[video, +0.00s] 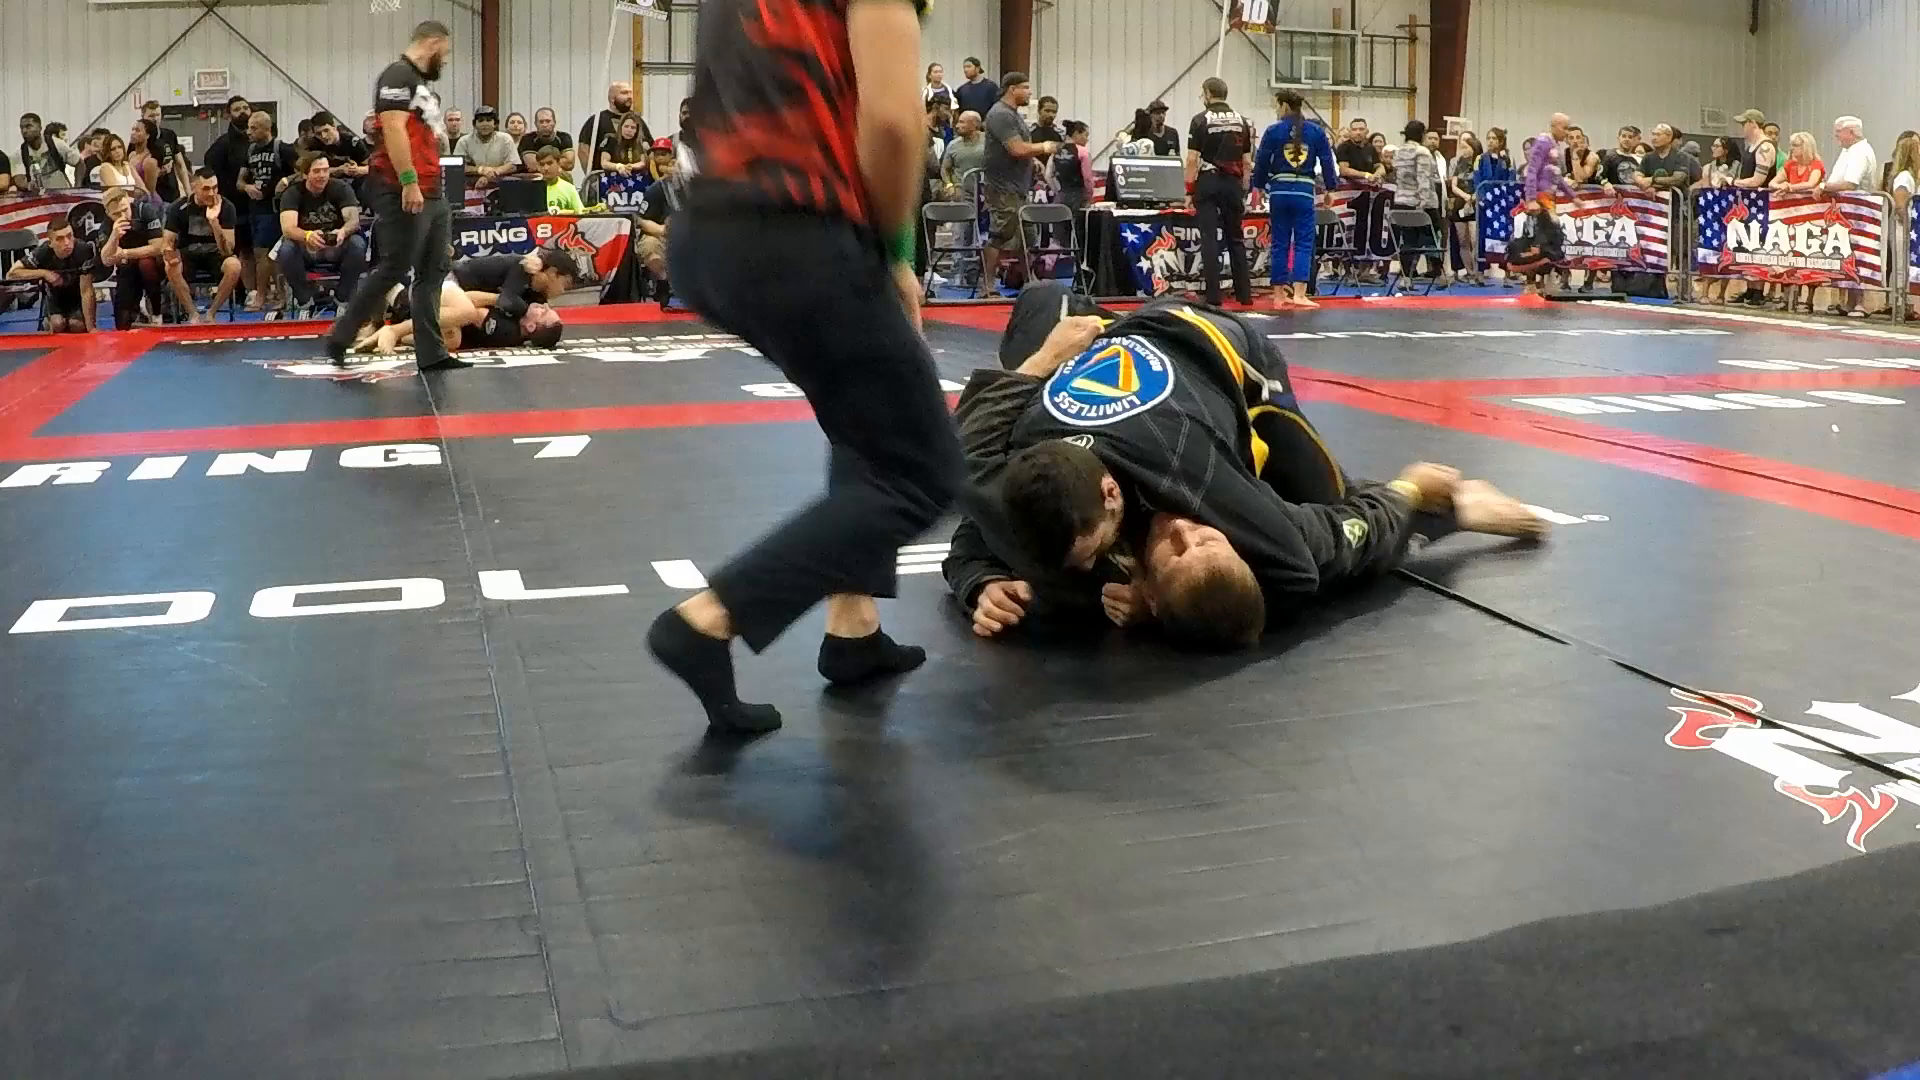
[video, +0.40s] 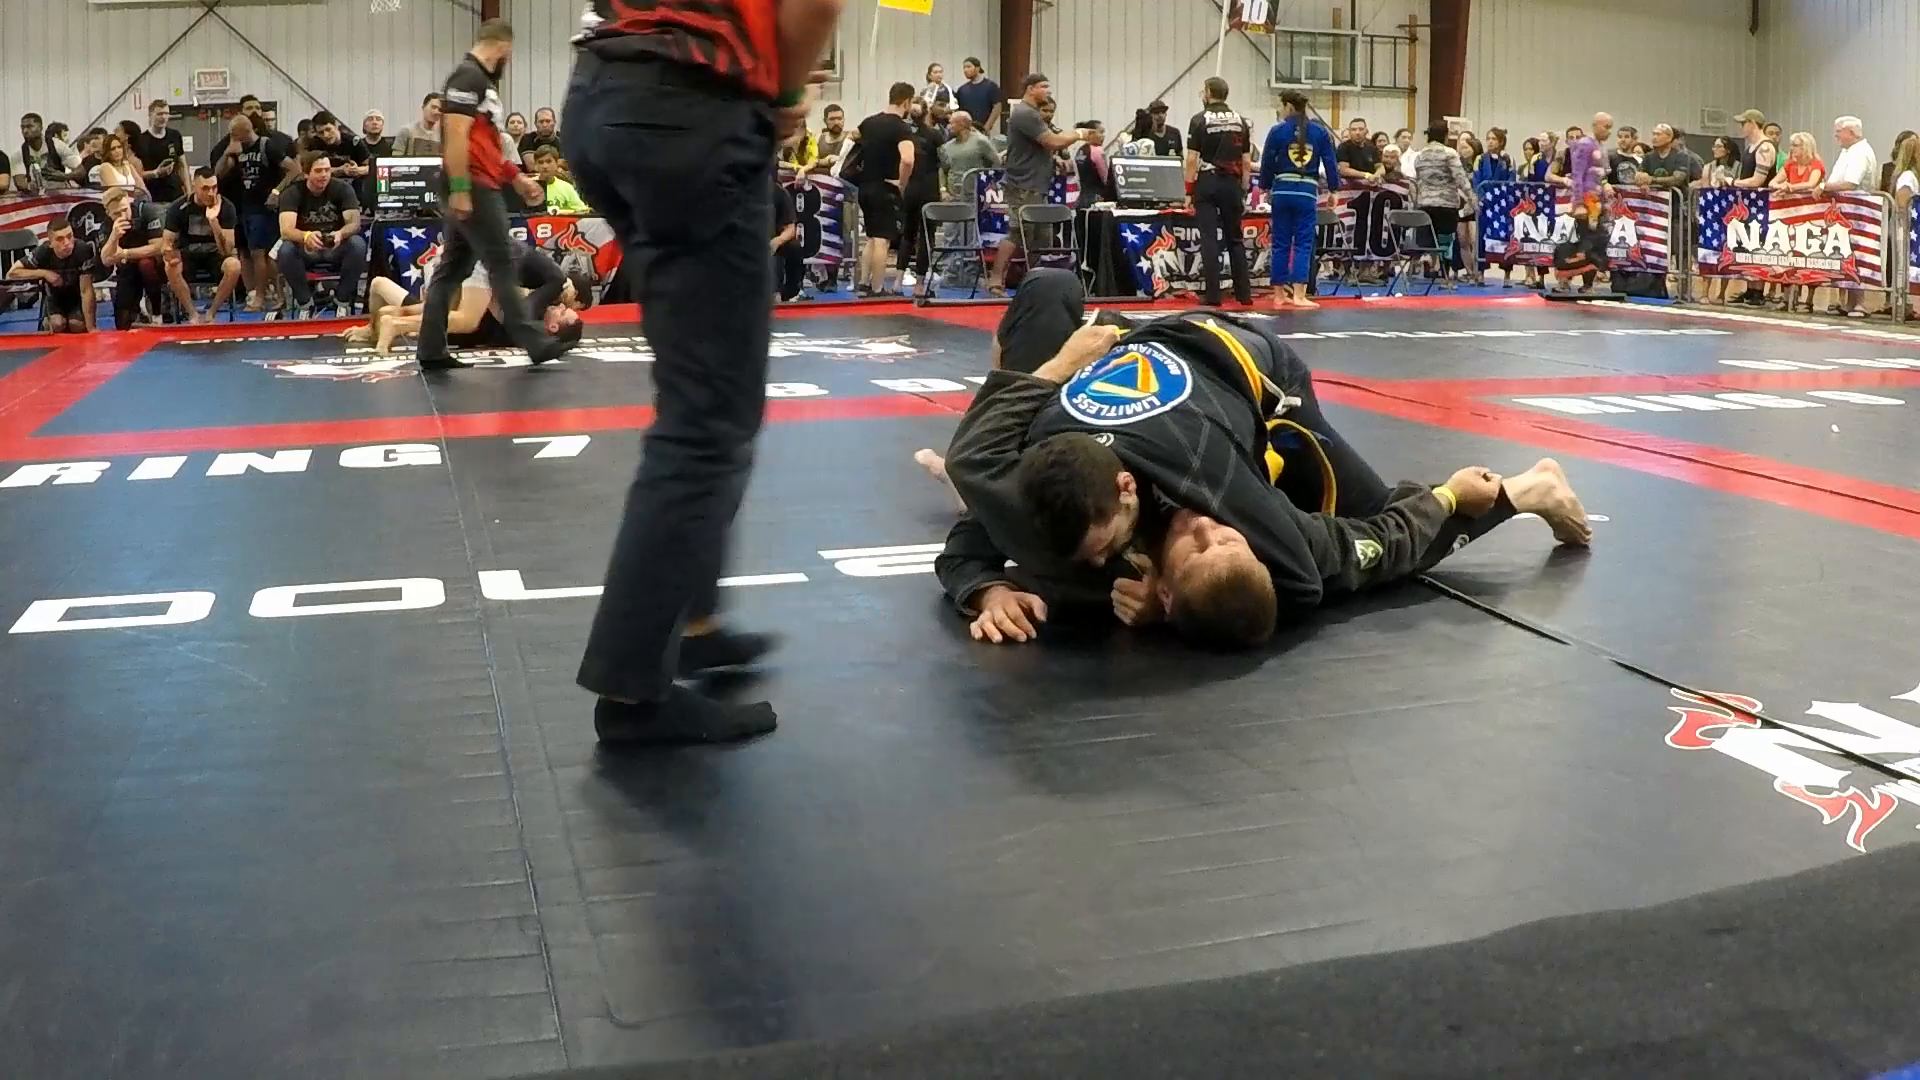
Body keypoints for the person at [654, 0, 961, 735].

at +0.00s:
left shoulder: (733, 9)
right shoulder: (876, 1)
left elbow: (734, 118)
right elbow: (891, 116)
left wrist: (871, 259)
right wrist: (897, 246)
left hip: (709, 230)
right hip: (802, 238)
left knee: (861, 410)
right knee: (921, 476)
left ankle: (853, 627)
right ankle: (703, 620)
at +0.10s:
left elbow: (720, 78)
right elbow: (876, 72)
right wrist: (875, 200)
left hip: (688, 176)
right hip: (783, 186)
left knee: (840, 401)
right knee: (883, 444)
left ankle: (847, 628)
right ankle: (683, 629)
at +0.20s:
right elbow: (862, 20)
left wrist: (861, 132)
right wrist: (844, 133)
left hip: (654, 113)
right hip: (749, 126)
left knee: (800, 387)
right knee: (819, 414)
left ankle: (826, 615)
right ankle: (656, 656)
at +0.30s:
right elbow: (841, 8)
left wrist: (795, 97)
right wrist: (816, 101)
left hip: (627, 97)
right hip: (723, 110)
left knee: (753, 386)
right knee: (750, 416)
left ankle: (779, 613)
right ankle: (638, 680)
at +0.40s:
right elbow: (811, 8)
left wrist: (769, 84)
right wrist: (788, 91)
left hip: (606, 94)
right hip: (697, 108)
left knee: (713, 400)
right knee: (706, 424)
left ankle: (692, 624)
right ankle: (633, 695)